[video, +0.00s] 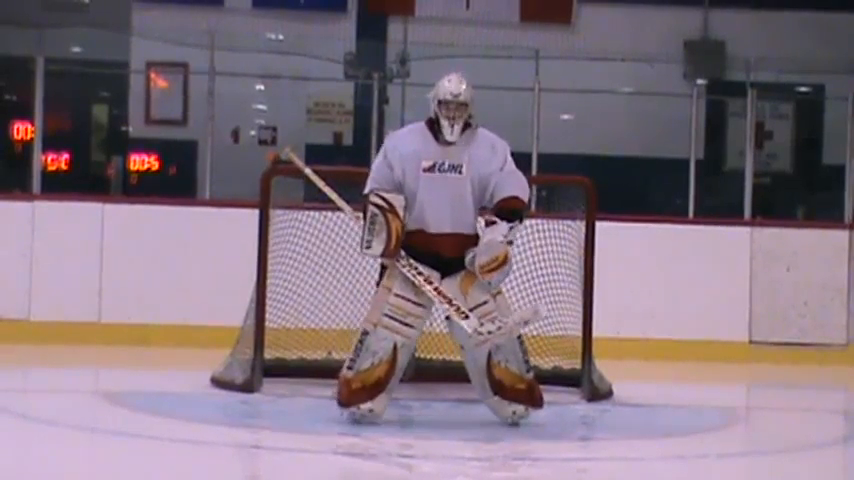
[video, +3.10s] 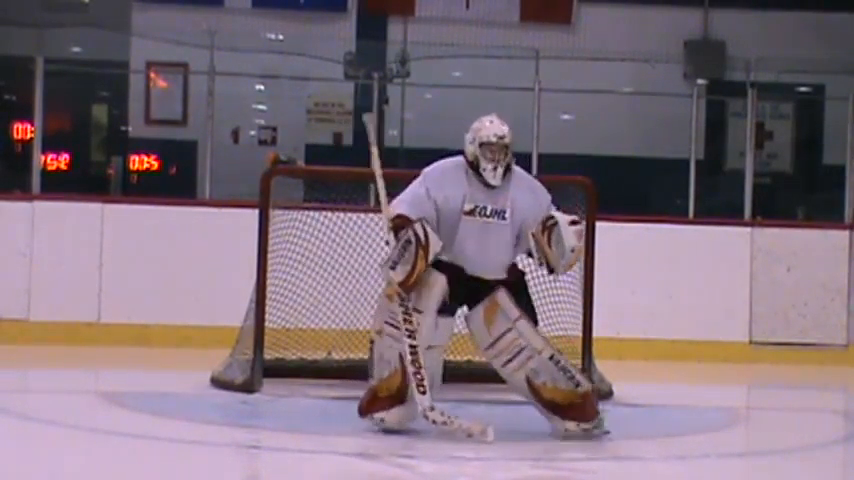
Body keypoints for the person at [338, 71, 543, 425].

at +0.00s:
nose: (453, 114)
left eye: (459, 107)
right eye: (447, 107)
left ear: (470, 109)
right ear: (434, 106)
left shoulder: (489, 148)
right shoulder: (402, 145)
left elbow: (514, 194)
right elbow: (380, 195)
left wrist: (498, 232)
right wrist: (381, 229)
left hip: (469, 265)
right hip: (410, 262)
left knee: (494, 335)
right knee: (388, 332)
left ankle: (513, 404)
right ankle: (365, 401)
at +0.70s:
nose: (459, 132)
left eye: (466, 125)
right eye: (452, 125)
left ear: (478, 124)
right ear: (438, 123)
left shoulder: (501, 162)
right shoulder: (409, 161)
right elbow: (400, 222)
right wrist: (421, 258)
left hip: (478, 267)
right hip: (421, 264)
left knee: (504, 332)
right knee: (394, 331)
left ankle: (529, 407)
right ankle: (366, 407)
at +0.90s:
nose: (469, 185)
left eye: (476, 177)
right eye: (463, 176)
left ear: (488, 174)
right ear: (449, 171)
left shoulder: (509, 205)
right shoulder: (417, 194)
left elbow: (500, 262)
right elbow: (407, 251)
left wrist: (478, 286)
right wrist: (433, 282)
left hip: (476, 277)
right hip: (422, 272)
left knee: (507, 339)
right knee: (398, 334)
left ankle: (535, 413)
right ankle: (367, 411)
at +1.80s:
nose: (480, 146)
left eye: (487, 139)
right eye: (473, 138)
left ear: (497, 141)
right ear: (459, 138)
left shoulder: (519, 185)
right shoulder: (426, 170)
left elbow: (533, 245)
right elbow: (399, 220)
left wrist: (519, 265)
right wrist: (417, 266)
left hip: (482, 277)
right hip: (424, 272)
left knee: (510, 339)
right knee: (395, 336)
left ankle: (536, 414)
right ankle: (368, 412)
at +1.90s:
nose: (477, 126)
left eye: (483, 119)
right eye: (470, 119)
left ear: (493, 123)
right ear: (456, 120)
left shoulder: (515, 167)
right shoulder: (422, 156)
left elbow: (538, 213)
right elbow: (386, 195)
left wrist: (545, 233)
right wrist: (397, 224)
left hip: (483, 268)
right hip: (426, 265)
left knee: (514, 342)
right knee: (394, 339)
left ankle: (537, 417)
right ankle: (366, 414)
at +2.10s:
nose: (473, 106)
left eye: (479, 99)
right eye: (466, 99)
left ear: (489, 102)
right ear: (452, 100)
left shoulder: (511, 146)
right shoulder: (422, 142)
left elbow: (528, 200)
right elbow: (390, 191)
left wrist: (556, 186)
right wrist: (393, 223)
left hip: (490, 263)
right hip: (432, 262)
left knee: (514, 340)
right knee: (401, 336)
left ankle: (539, 416)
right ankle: (370, 413)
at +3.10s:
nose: (495, 157)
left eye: (501, 150)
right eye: (488, 149)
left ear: (510, 151)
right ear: (471, 149)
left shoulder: (527, 191)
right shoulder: (443, 177)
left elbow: (546, 243)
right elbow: (402, 212)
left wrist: (559, 239)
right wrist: (411, 237)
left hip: (499, 283)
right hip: (443, 274)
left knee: (526, 348)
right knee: (410, 335)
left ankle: (575, 414)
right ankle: (393, 408)